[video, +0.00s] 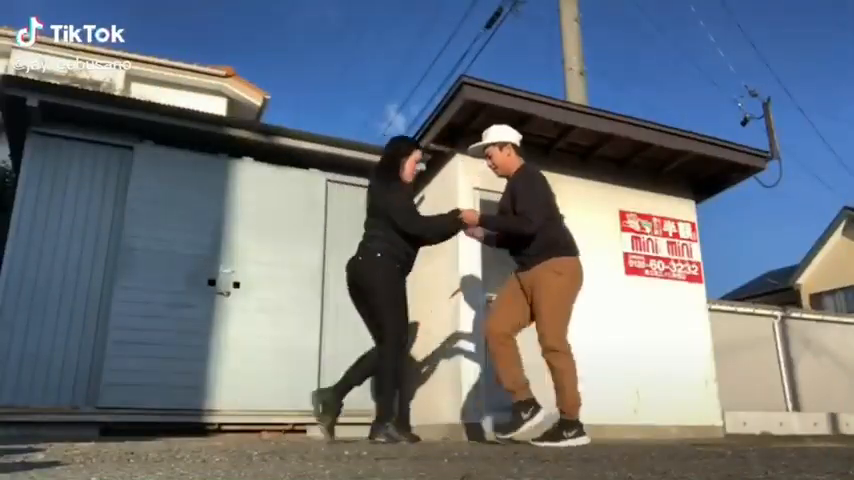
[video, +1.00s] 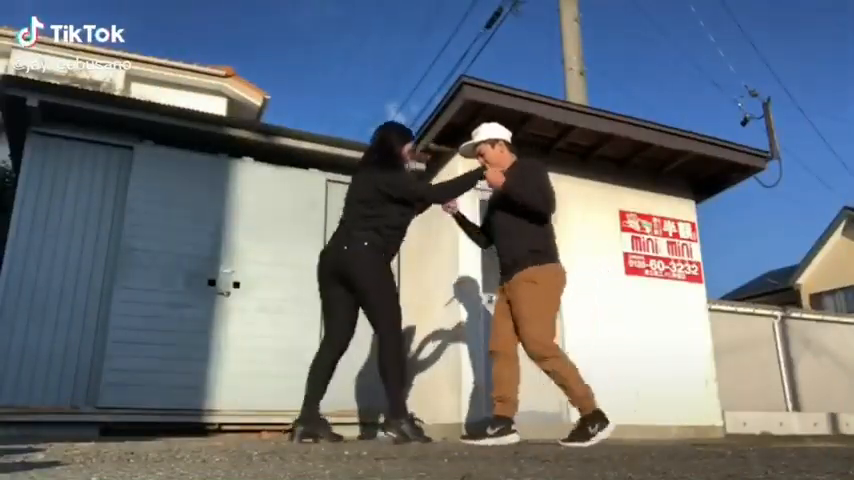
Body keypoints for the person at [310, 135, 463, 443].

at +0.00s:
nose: (417, 170)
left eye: (418, 164)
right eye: (414, 163)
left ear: (397, 161)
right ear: (399, 161)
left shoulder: (385, 189)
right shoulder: (392, 190)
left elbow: (418, 235)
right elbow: (416, 228)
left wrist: (456, 226)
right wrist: (457, 217)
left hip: (365, 269)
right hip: (380, 270)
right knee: (394, 343)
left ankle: (334, 395)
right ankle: (385, 424)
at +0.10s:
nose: (429, 164)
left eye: (430, 158)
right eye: (425, 157)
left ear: (419, 159)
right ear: (409, 157)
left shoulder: (421, 197)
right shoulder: (391, 187)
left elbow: (450, 233)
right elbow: (412, 220)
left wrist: (493, 235)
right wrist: (452, 215)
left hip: (401, 277)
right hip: (378, 269)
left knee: (431, 333)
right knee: (389, 339)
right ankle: (384, 421)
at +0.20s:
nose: (439, 161)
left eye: (439, 155)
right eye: (435, 154)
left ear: (424, 158)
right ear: (417, 155)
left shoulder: (440, 198)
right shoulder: (394, 184)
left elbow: (466, 238)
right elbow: (405, 215)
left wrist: (513, 237)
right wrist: (456, 211)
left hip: (423, 278)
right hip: (387, 271)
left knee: (445, 344)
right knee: (397, 338)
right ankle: (390, 420)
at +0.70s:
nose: (445, 154)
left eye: (445, 148)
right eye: (442, 147)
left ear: (418, 146)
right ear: (428, 146)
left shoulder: (404, 176)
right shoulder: (426, 175)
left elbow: (440, 227)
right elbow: (458, 210)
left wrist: (470, 220)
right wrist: (503, 209)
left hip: (388, 259)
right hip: (404, 259)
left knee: (436, 329)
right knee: (422, 331)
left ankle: (432, 411)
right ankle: (402, 414)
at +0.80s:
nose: (439, 152)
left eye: (439, 146)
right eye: (437, 145)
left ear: (408, 143)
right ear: (425, 144)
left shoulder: (390, 169)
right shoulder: (422, 173)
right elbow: (460, 204)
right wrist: (500, 192)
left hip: (367, 253)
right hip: (398, 253)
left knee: (403, 329)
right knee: (408, 331)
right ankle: (405, 415)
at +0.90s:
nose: (428, 154)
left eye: (428, 148)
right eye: (424, 148)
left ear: (393, 145)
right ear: (412, 147)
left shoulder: (377, 171)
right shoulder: (412, 177)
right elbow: (455, 197)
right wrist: (492, 177)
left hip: (352, 253)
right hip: (387, 254)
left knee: (369, 335)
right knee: (399, 334)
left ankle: (324, 404)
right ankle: (400, 418)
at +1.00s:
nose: (413, 154)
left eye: (413, 148)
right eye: (409, 148)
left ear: (380, 146)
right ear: (396, 147)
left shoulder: (366, 174)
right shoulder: (392, 177)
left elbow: (410, 207)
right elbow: (436, 193)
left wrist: (431, 186)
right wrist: (480, 172)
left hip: (334, 258)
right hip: (366, 260)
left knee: (336, 338)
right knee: (390, 334)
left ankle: (308, 417)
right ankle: (398, 418)